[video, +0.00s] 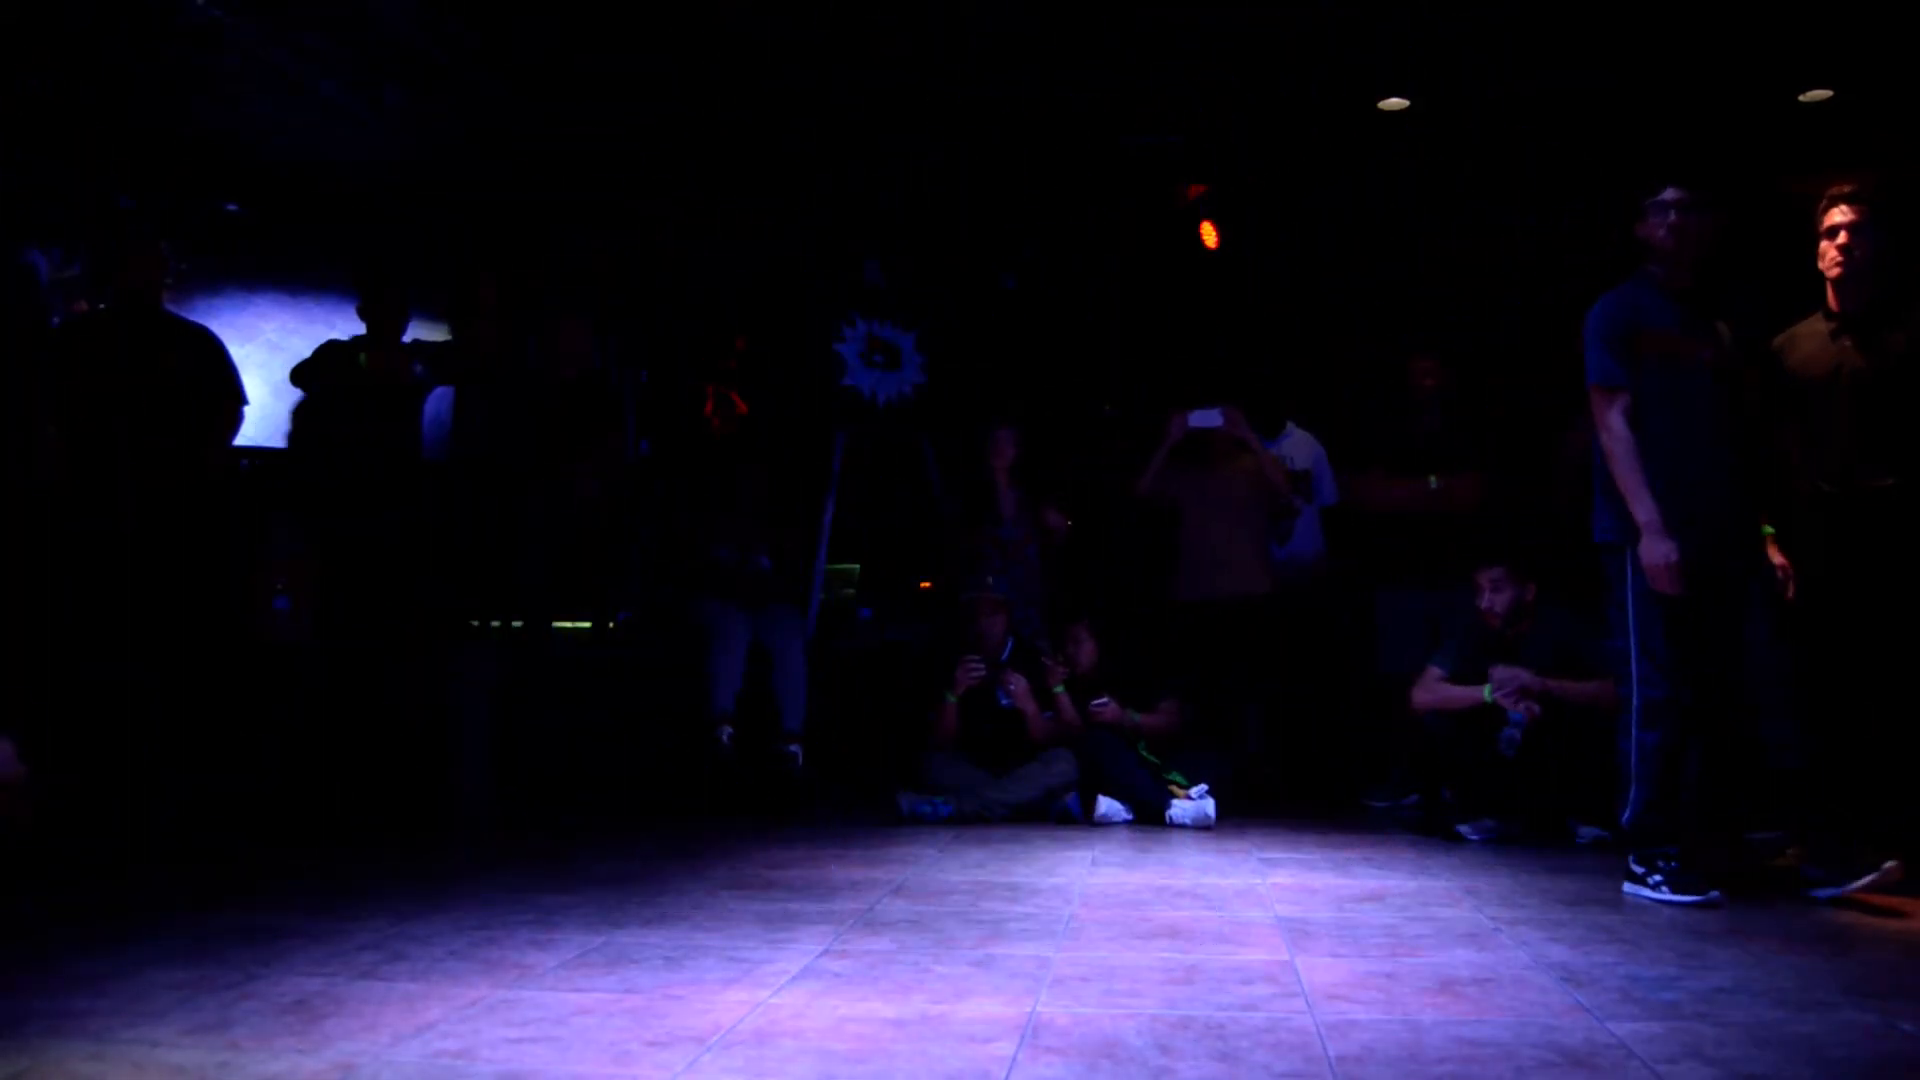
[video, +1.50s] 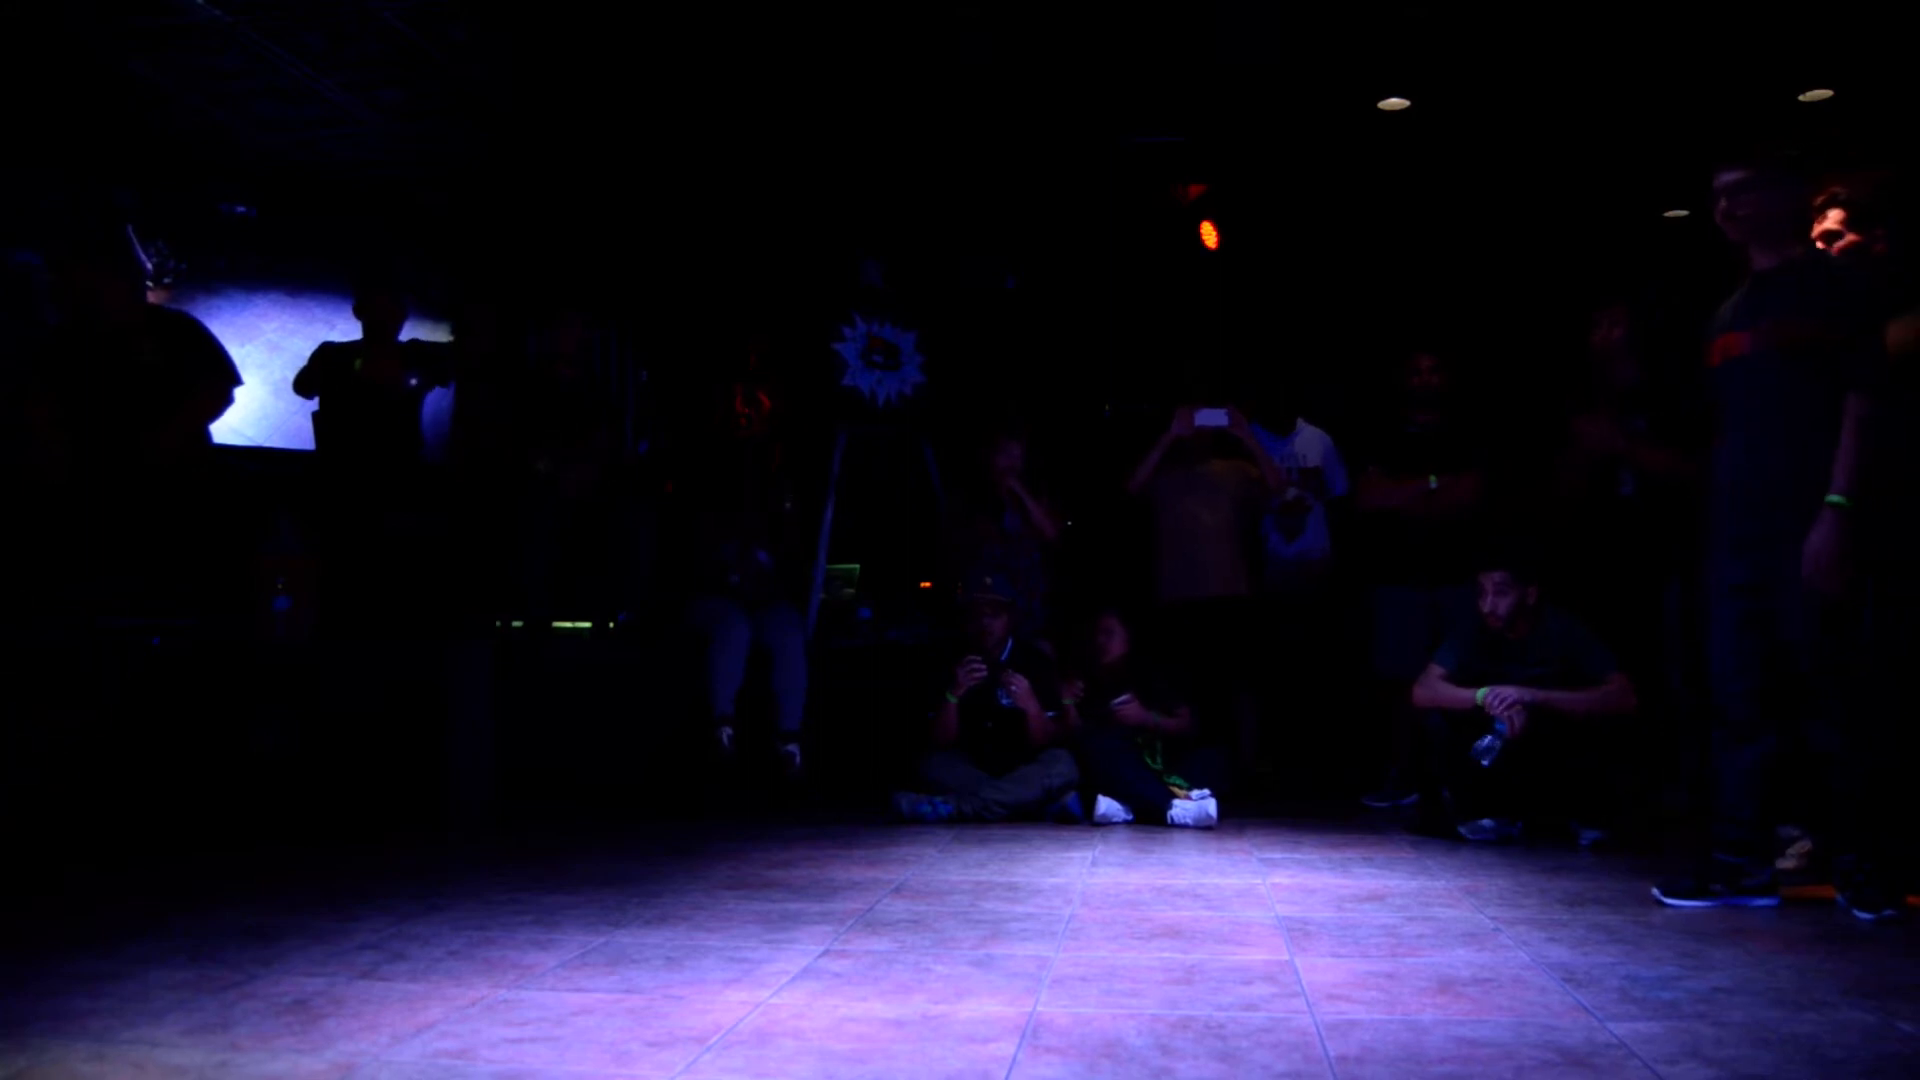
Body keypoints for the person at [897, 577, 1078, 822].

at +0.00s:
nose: (988, 627)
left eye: (995, 618)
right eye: (981, 619)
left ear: (1007, 621)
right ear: (970, 624)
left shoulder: (1027, 660)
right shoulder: (955, 661)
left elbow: (1045, 737)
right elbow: (942, 741)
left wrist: (1026, 702)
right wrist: (954, 693)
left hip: (1021, 755)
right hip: (971, 755)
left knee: (1063, 764)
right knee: (934, 766)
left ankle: (958, 806)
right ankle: (1039, 805)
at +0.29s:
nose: (988, 627)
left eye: (995, 618)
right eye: (981, 619)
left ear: (1007, 621)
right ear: (970, 624)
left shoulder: (1027, 660)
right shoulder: (955, 661)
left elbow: (1045, 737)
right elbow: (942, 741)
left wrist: (1026, 702)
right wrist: (954, 693)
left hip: (1021, 755)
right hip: (971, 755)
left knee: (1063, 764)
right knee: (934, 766)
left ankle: (958, 806)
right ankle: (1038, 805)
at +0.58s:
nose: (987, 625)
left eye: (994, 616)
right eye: (980, 617)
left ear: (1007, 620)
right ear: (970, 622)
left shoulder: (1027, 660)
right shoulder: (957, 660)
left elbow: (1044, 737)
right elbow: (942, 741)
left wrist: (1027, 702)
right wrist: (954, 693)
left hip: (1021, 754)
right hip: (971, 755)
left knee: (1063, 764)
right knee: (934, 766)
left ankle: (957, 806)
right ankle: (1039, 805)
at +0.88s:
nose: (984, 623)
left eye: (993, 614)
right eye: (977, 614)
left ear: (1009, 619)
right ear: (966, 620)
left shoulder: (1030, 659)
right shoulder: (954, 660)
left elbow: (1045, 741)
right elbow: (941, 741)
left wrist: (1029, 704)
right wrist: (954, 694)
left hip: (1021, 757)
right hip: (970, 757)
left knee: (1063, 765)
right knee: (934, 766)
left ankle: (958, 808)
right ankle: (1040, 807)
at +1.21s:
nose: (985, 626)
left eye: (994, 617)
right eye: (978, 617)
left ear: (1009, 620)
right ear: (967, 621)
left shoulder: (1031, 659)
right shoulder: (954, 659)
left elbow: (1045, 741)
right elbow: (941, 741)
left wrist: (1029, 704)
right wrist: (954, 694)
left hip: (1021, 756)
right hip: (970, 756)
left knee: (1063, 765)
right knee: (934, 766)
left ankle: (958, 808)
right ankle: (1040, 807)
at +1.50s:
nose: (985, 624)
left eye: (994, 616)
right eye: (978, 616)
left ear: (1008, 619)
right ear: (967, 620)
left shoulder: (1030, 660)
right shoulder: (954, 659)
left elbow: (1046, 739)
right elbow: (942, 740)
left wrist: (1029, 704)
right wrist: (954, 694)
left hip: (1020, 755)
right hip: (969, 756)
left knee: (1062, 765)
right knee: (934, 766)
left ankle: (958, 808)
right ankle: (1039, 806)